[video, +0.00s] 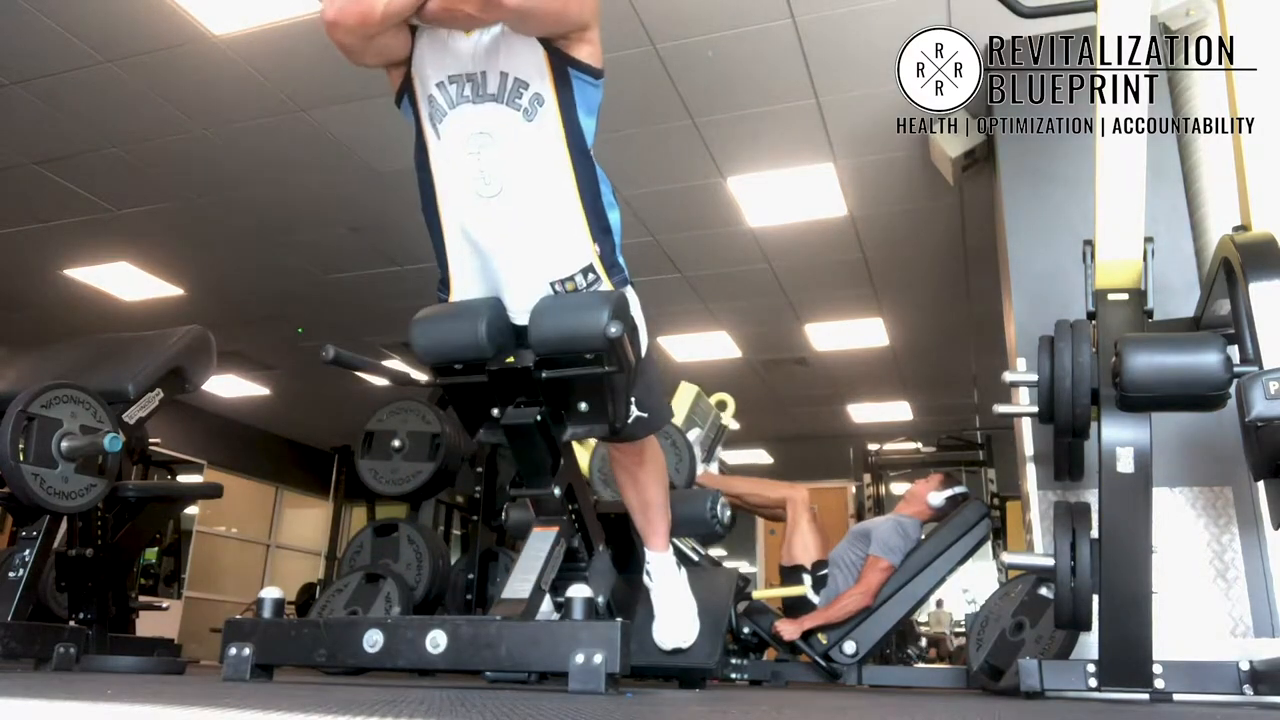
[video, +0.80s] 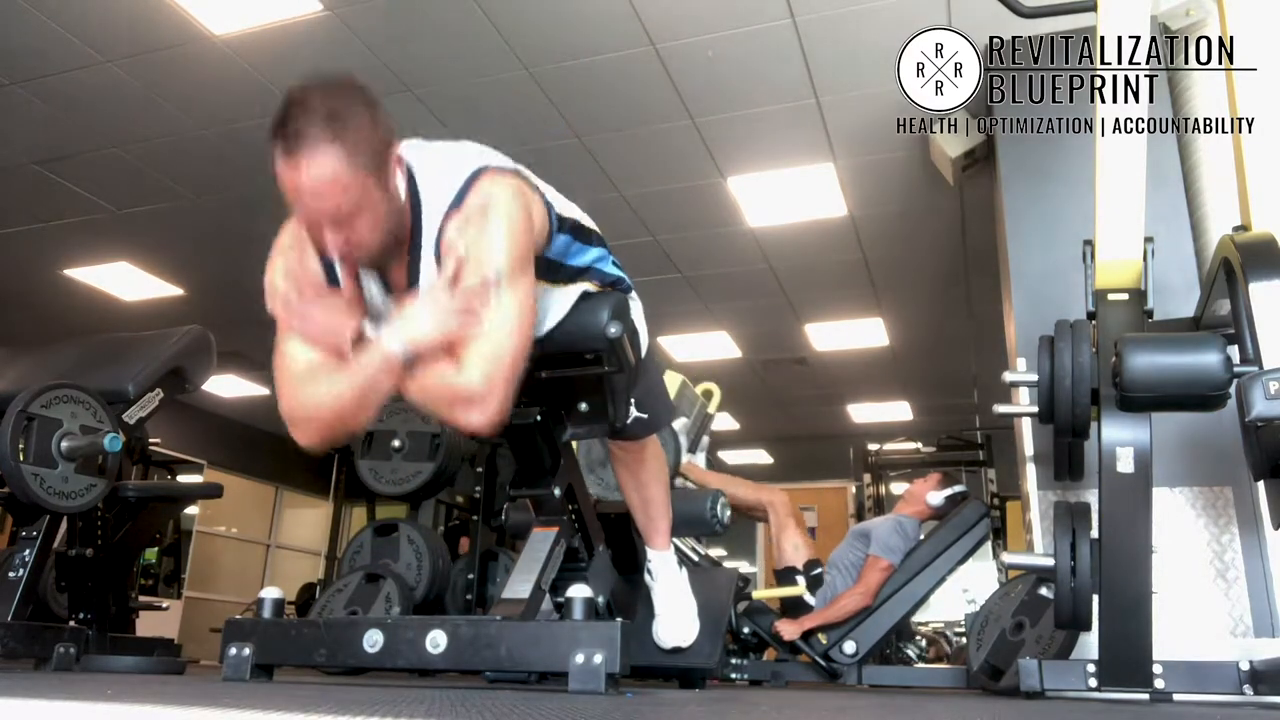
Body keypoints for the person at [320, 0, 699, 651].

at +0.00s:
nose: (450, 6)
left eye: (457, 1)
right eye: (441, 5)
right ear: (431, 4)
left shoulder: (570, 16)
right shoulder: (413, 48)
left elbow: (486, 11)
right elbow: (340, 15)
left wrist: (412, 6)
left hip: (582, 277)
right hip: (477, 293)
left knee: (628, 422)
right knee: (514, 437)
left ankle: (659, 561)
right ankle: (545, 542)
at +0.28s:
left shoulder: (542, 11)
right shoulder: (379, 49)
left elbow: (463, 51)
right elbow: (293, 82)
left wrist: (363, 40)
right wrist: (407, 7)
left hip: (577, 283)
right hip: (475, 303)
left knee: (629, 426)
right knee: (520, 437)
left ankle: (660, 559)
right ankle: (546, 530)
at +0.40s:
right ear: (368, 2)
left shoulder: (514, 29)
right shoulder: (348, 59)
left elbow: (451, 123)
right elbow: (276, 155)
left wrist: (337, 87)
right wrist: (394, 58)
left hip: (575, 291)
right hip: (476, 309)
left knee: (628, 423)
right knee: (519, 441)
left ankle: (661, 564)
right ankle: (550, 537)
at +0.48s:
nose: (354, 5)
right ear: (335, 8)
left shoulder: (506, 51)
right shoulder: (331, 87)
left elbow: (451, 166)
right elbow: (274, 205)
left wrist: (337, 130)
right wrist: (392, 101)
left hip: (571, 291)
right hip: (471, 309)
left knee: (628, 420)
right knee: (509, 442)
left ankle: (660, 564)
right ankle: (550, 540)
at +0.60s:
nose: (334, 87)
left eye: (353, 60)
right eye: (319, 65)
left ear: (409, 42)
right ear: (306, 62)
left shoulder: (492, 110)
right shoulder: (300, 157)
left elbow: (455, 276)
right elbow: (281, 306)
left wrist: (343, 225)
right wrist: (388, 204)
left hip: (573, 293)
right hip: (472, 315)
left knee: (627, 413)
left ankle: (661, 564)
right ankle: (548, 533)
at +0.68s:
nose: (329, 141)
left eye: (346, 113)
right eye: (311, 118)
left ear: (401, 81)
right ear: (295, 106)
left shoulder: (491, 146)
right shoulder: (296, 190)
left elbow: (463, 326)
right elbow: (288, 350)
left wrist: (349, 270)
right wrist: (387, 254)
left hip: (571, 298)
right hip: (470, 329)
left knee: (625, 410)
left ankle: (661, 563)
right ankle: (550, 529)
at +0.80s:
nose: (331, 247)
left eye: (346, 220)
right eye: (312, 224)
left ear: (394, 173)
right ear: (291, 196)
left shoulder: (491, 205)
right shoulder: (300, 247)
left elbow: (480, 404)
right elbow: (309, 423)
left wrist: (359, 341)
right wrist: (399, 338)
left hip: (576, 303)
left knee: (629, 417)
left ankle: (662, 562)